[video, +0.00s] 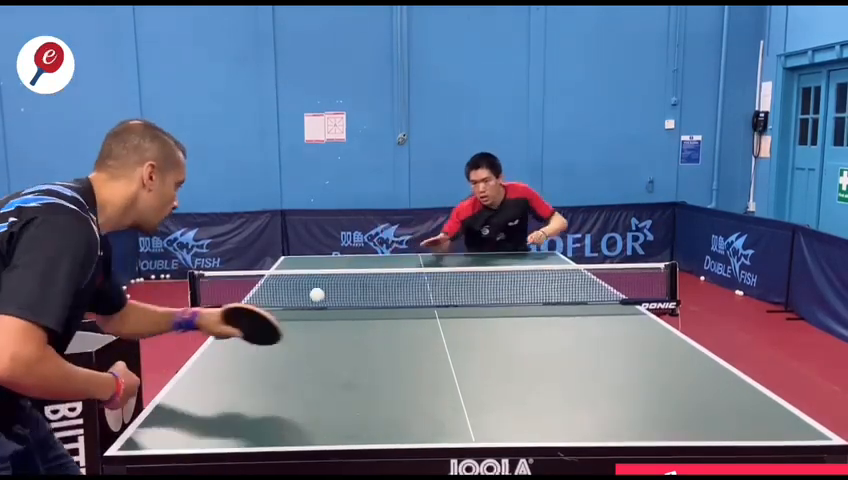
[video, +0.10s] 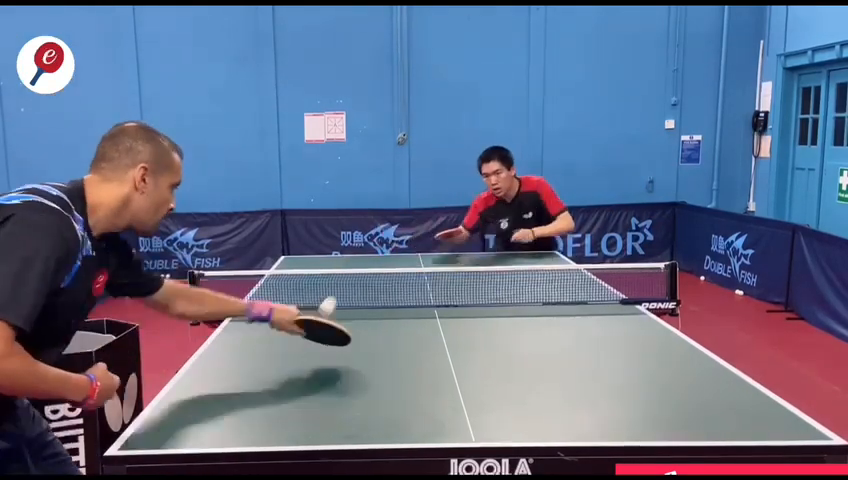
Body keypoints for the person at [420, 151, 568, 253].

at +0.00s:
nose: (481, 189)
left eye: (486, 181)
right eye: (475, 184)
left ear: (500, 178)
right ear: (471, 185)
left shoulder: (522, 194)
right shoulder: (465, 210)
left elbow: (561, 222)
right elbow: (445, 244)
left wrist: (545, 232)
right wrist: (440, 245)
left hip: (519, 272)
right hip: (479, 275)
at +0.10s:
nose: (493, 181)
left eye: (498, 173)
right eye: (487, 176)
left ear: (512, 171)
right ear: (483, 178)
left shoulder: (538, 187)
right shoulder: (483, 202)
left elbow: (568, 223)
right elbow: (466, 232)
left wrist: (534, 232)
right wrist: (459, 235)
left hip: (543, 265)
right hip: (505, 267)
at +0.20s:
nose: (499, 174)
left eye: (504, 167)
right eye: (493, 170)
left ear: (518, 164)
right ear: (489, 172)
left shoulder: (544, 181)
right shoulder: (493, 196)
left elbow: (566, 221)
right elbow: (477, 228)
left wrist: (527, 230)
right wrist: (468, 232)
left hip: (560, 255)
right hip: (524, 257)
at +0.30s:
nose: (501, 180)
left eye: (506, 172)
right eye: (496, 176)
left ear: (521, 169)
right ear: (492, 178)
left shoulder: (547, 186)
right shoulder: (504, 203)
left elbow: (558, 231)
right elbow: (492, 238)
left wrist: (515, 238)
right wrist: (469, 247)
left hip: (570, 256)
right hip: (539, 259)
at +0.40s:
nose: (507, 195)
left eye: (511, 187)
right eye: (502, 191)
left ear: (527, 184)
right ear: (499, 193)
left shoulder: (544, 199)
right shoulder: (521, 217)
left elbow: (540, 246)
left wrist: (501, 245)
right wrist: (503, 247)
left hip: (581, 267)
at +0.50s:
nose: (518, 203)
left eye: (521, 195)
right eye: (514, 200)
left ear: (539, 192)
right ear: (512, 202)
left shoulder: (548, 207)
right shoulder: (558, 205)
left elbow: (531, 249)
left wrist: (502, 237)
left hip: (589, 276)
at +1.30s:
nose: (587, 137)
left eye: (592, 130)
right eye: (580, 130)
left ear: (600, 132)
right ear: (571, 132)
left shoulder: (606, 157)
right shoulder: (554, 164)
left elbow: (615, 184)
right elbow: (535, 207)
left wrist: (620, 201)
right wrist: (563, 206)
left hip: (594, 239)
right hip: (558, 241)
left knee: (625, 287)